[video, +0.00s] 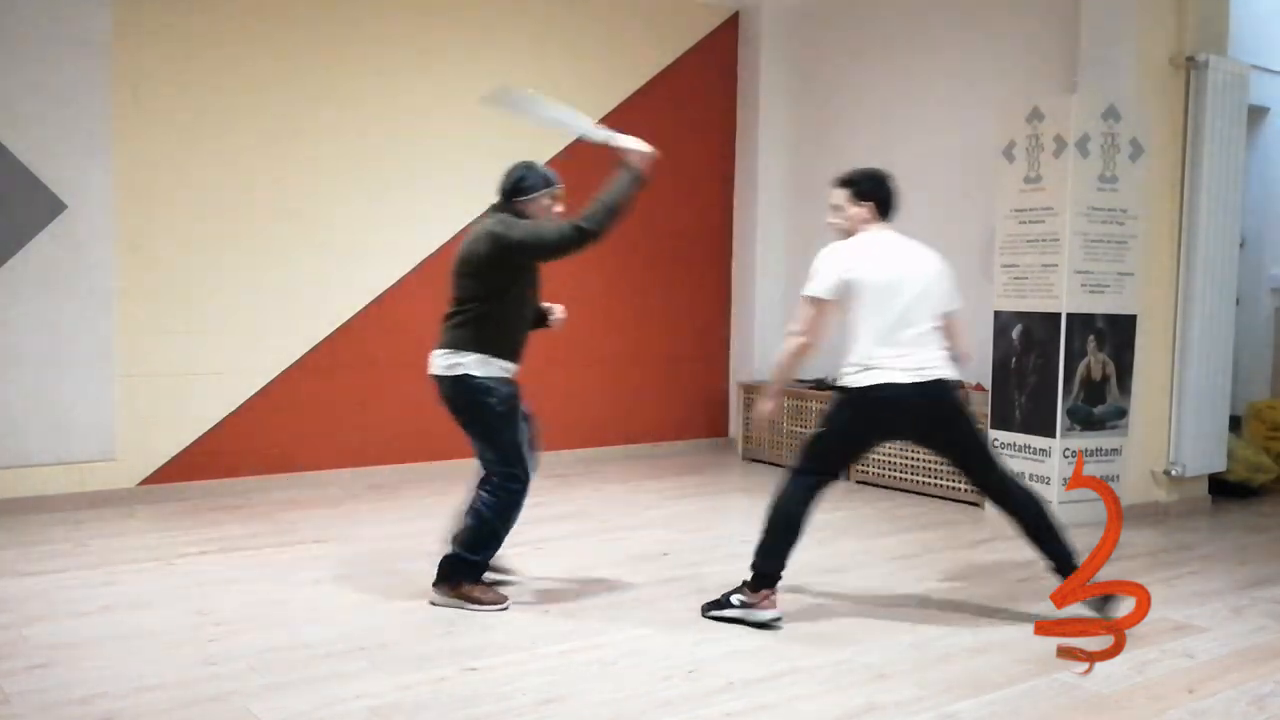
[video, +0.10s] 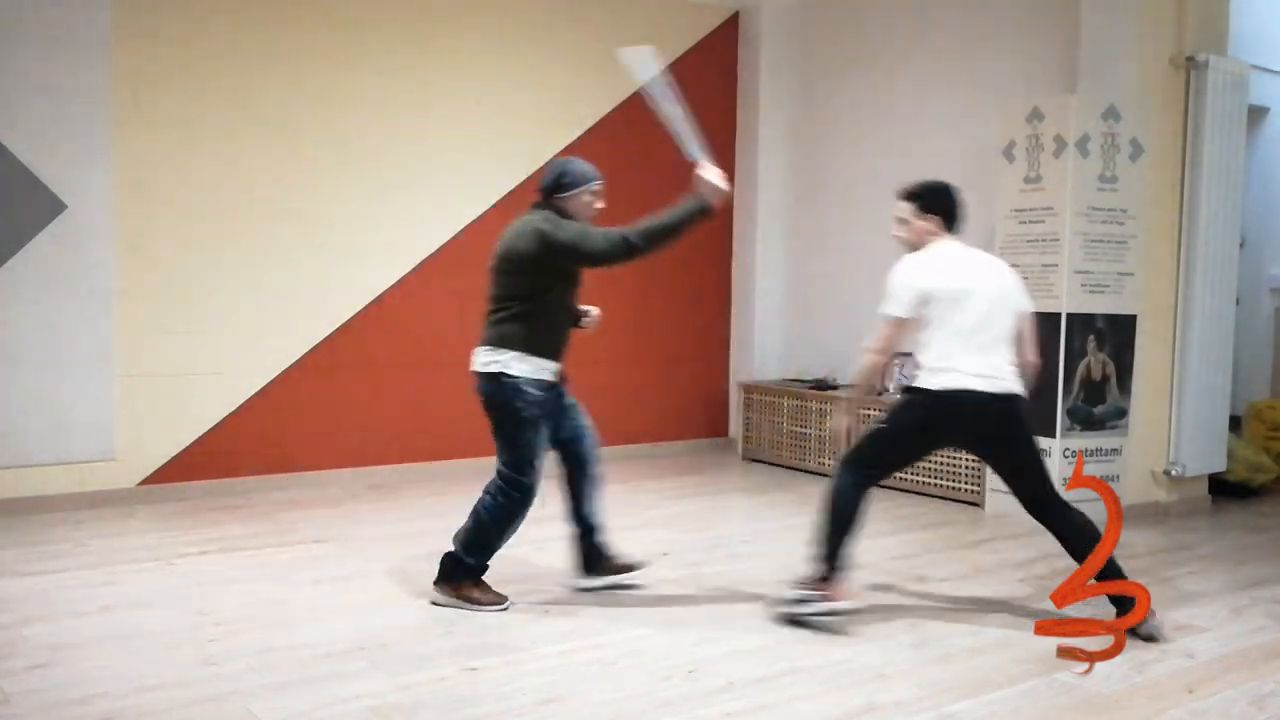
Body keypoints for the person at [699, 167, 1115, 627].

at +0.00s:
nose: (833, 217)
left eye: (839, 209)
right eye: (834, 208)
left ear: (865, 209)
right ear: (881, 211)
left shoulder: (840, 254)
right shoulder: (928, 259)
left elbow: (804, 336)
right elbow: (958, 347)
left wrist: (772, 391)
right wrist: (952, 387)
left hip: (869, 396)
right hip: (933, 396)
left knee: (804, 483)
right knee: (1000, 485)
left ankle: (759, 591)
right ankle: (1077, 579)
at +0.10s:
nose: (898, 230)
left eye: (905, 221)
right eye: (898, 220)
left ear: (932, 222)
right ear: (945, 222)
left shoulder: (915, 267)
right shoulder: (1003, 271)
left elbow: (881, 352)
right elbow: (1029, 359)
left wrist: (850, 407)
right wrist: (1002, 404)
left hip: (937, 403)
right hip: (1001, 409)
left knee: (857, 469)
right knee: (1048, 504)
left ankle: (826, 583)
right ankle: (1130, 602)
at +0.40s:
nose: (1007, 252)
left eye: (1014, 242)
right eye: (1007, 242)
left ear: (1043, 243)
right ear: (1051, 245)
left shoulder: (1026, 283)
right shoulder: (1101, 293)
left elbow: (1010, 370)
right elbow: (1088, 367)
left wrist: (961, 426)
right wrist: (1004, 392)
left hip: (1039, 422)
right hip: (1095, 424)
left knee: (952, 473)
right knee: (1087, 504)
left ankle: (1006, 577)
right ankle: (1147, 600)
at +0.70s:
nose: (955, 241)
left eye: (961, 232)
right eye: (955, 232)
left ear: (987, 231)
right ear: (997, 232)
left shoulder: (981, 268)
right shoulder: (1054, 267)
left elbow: (943, 328)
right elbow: (1054, 345)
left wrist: (891, 356)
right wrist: (991, 379)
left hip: (1014, 401)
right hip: (1069, 400)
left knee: (945, 468)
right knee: (1090, 493)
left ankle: (919, 547)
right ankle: (1145, 595)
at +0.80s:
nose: (911, 230)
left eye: (918, 221)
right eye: (912, 220)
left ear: (944, 221)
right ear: (958, 221)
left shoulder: (940, 258)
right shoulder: (1007, 255)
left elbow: (933, 315)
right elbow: (1019, 312)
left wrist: (891, 350)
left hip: (979, 390)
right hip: (1033, 385)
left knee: (932, 464)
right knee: (1067, 479)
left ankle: (914, 551)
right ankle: (1136, 572)